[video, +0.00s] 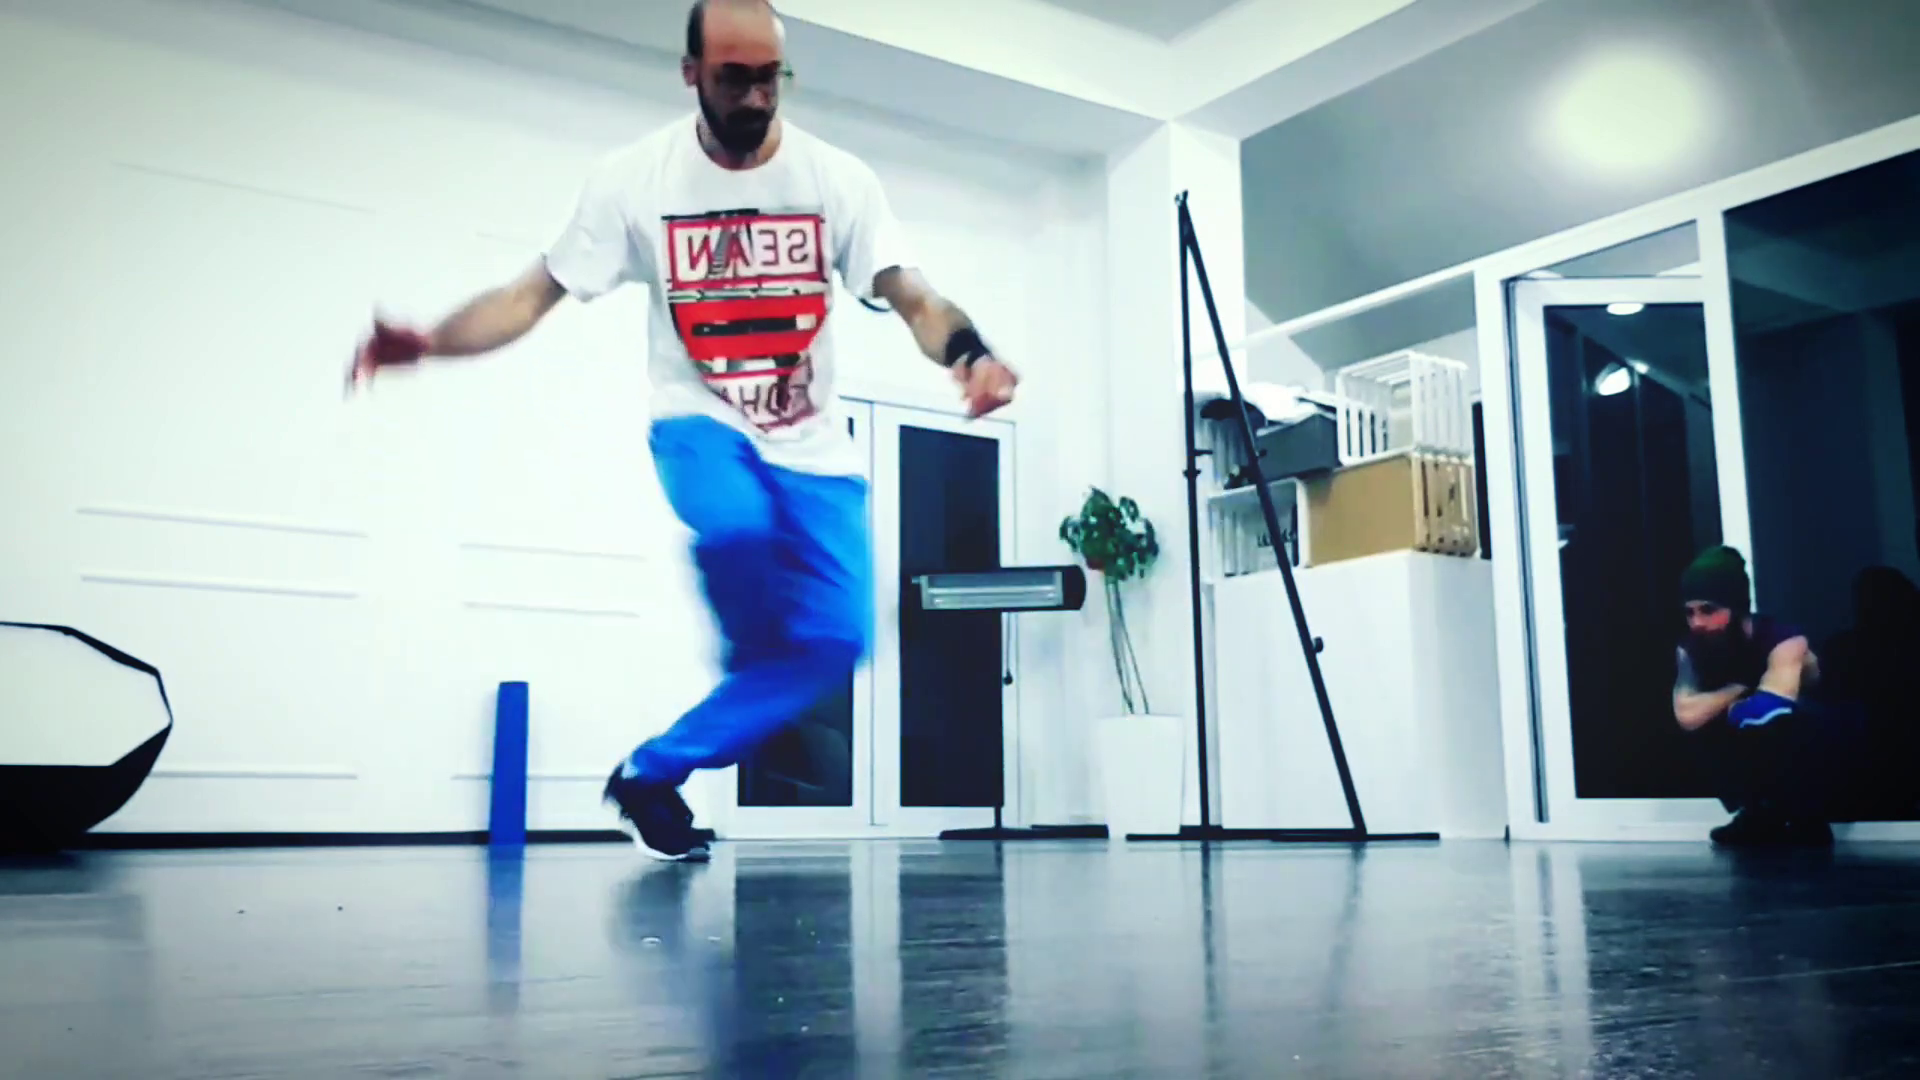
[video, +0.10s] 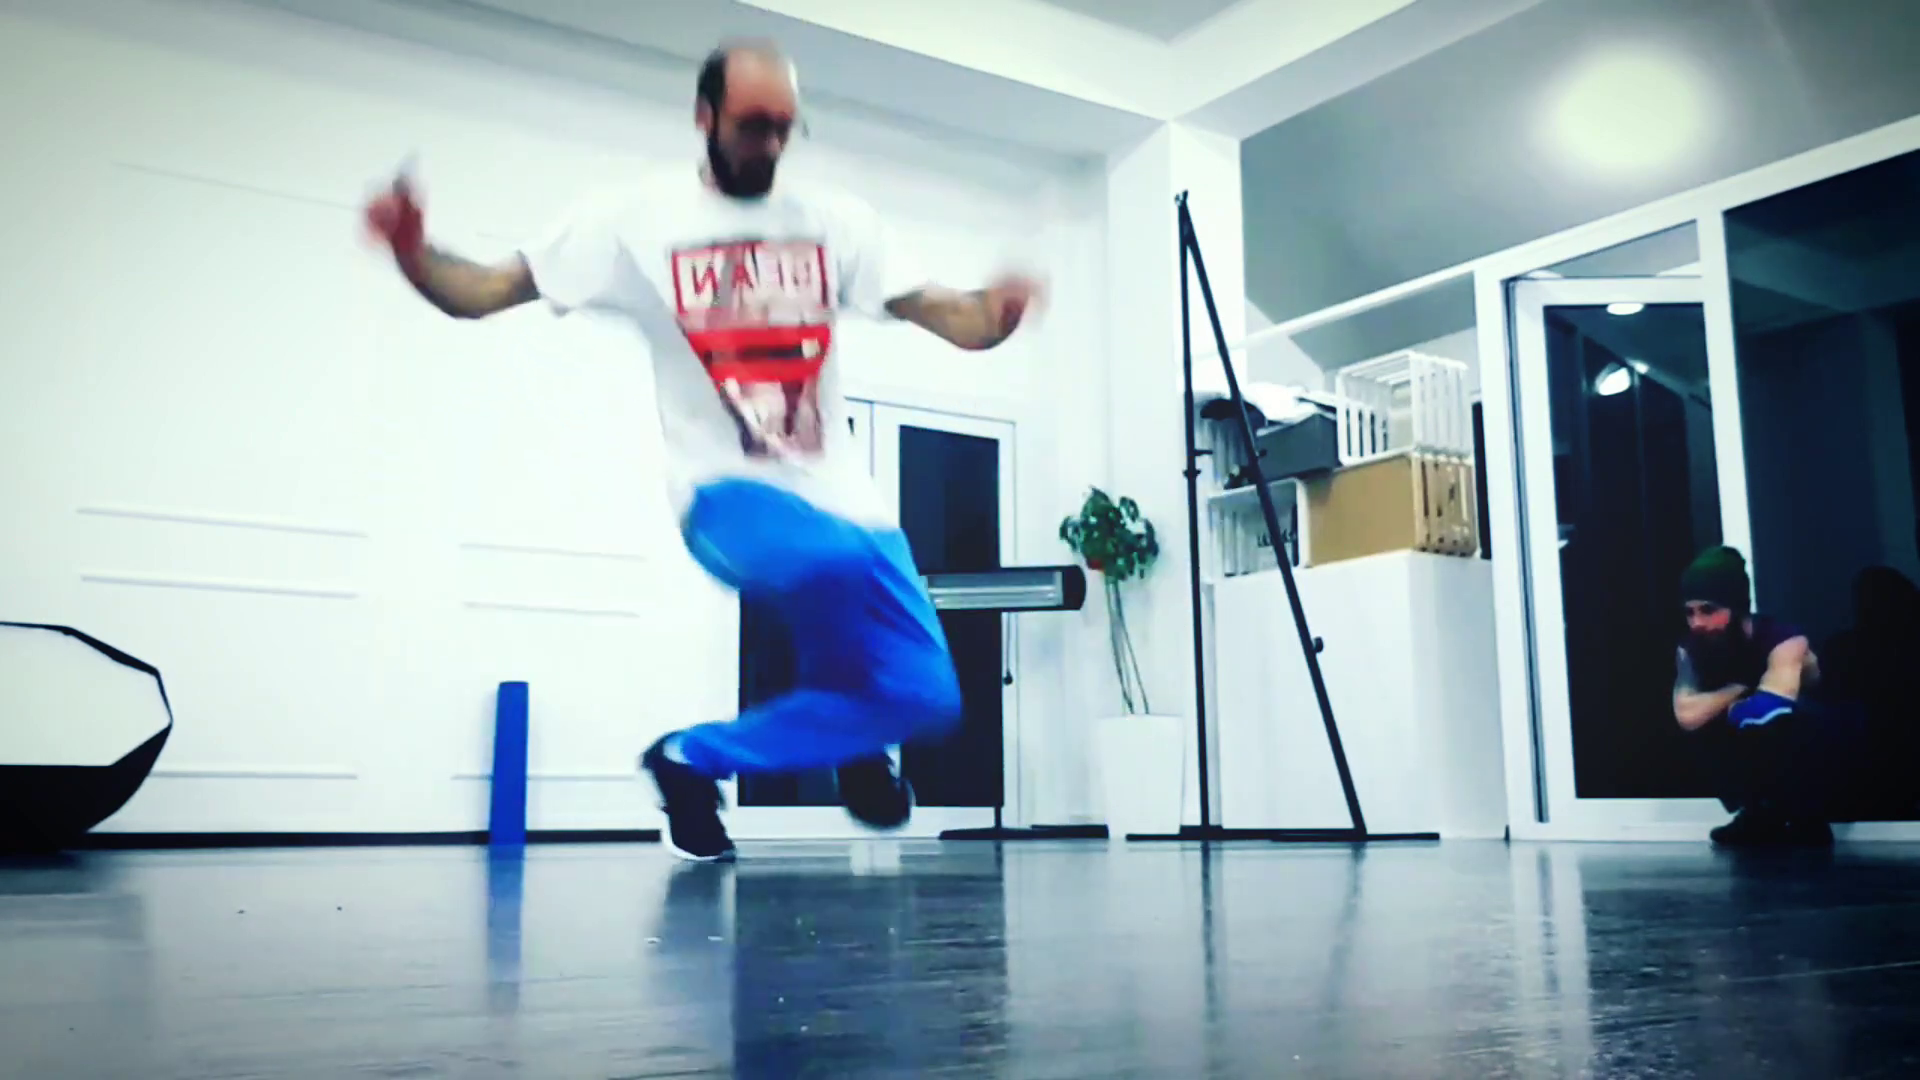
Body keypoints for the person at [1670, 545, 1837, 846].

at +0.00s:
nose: (1697, 623)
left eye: (1708, 611)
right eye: (1690, 613)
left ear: (1736, 607)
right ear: (1684, 612)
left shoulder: (1778, 637)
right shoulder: (1690, 652)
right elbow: (1688, 715)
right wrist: (1738, 690)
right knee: (1703, 727)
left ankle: (1803, 819)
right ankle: (1754, 814)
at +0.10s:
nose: (1697, 623)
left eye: (1708, 611)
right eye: (1690, 613)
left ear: (1736, 607)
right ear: (1684, 612)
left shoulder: (1779, 637)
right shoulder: (1690, 652)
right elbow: (1688, 715)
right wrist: (1738, 690)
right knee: (1704, 727)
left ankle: (1802, 819)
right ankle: (1755, 814)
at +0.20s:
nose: (1697, 623)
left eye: (1708, 611)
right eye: (1690, 613)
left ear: (1736, 607)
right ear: (1684, 612)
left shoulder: (1777, 637)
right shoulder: (1691, 652)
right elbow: (1688, 715)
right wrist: (1738, 689)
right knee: (1704, 728)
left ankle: (1802, 819)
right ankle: (1755, 814)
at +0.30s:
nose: (1697, 624)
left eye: (1709, 611)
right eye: (1690, 613)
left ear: (1736, 606)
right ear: (1684, 612)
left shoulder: (1777, 638)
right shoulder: (1691, 652)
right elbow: (1688, 715)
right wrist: (1738, 689)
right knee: (1705, 727)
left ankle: (1802, 819)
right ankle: (1755, 814)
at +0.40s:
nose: (1697, 623)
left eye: (1708, 611)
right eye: (1690, 613)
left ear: (1736, 607)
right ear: (1684, 612)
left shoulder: (1780, 638)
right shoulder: (1691, 652)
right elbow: (1688, 715)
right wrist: (1739, 690)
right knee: (1704, 727)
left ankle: (1802, 818)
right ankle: (1754, 814)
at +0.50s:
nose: (1697, 622)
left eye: (1708, 610)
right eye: (1690, 612)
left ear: (1737, 607)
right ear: (1684, 611)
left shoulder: (1778, 637)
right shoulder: (1691, 650)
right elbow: (1687, 714)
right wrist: (1739, 689)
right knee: (1704, 726)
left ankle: (1802, 818)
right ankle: (1754, 814)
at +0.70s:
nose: (1698, 623)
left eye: (1709, 611)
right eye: (1691, 612)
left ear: (1737, 607)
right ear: (1685, 613)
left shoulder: (1781, 637)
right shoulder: (1690, 652)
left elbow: (1776, 703)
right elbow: (1688, 714)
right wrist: (1742, 687)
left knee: (1768, 717)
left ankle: (1801, 819)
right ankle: (1755, 814)